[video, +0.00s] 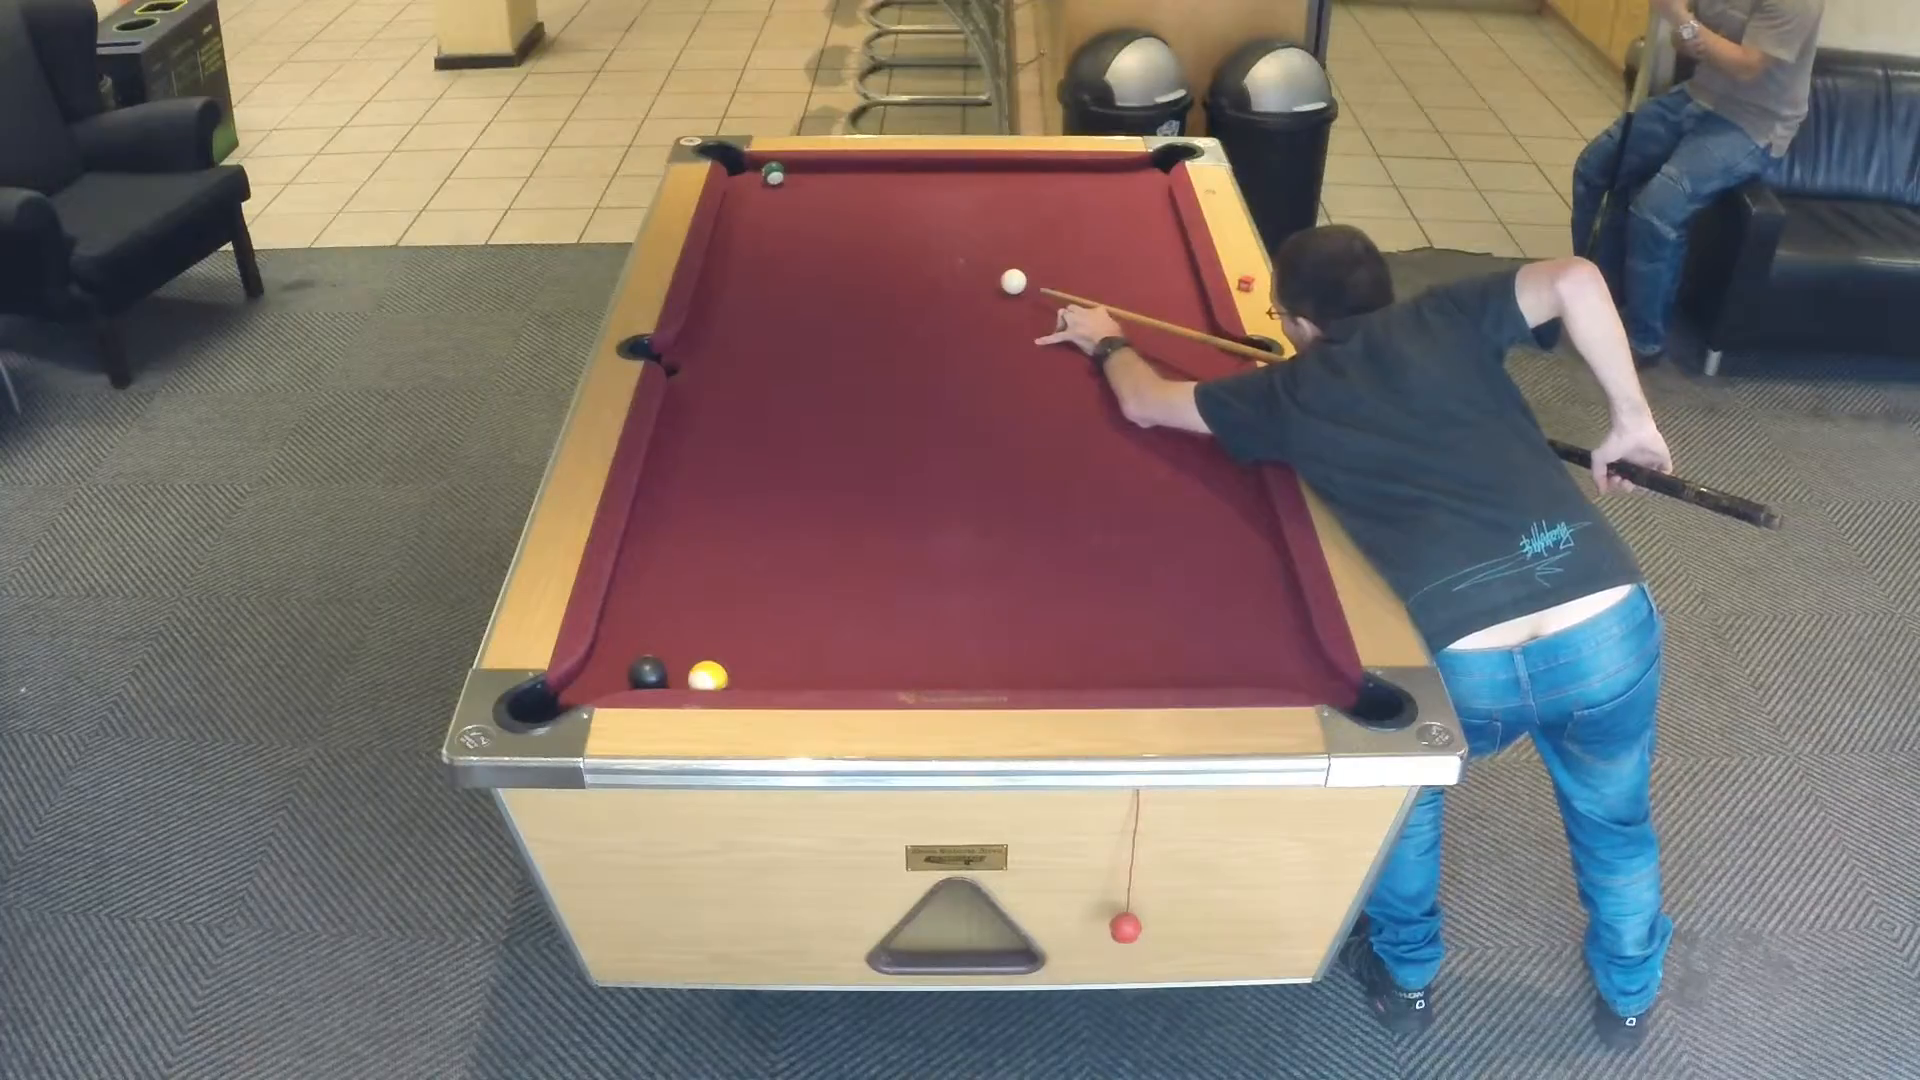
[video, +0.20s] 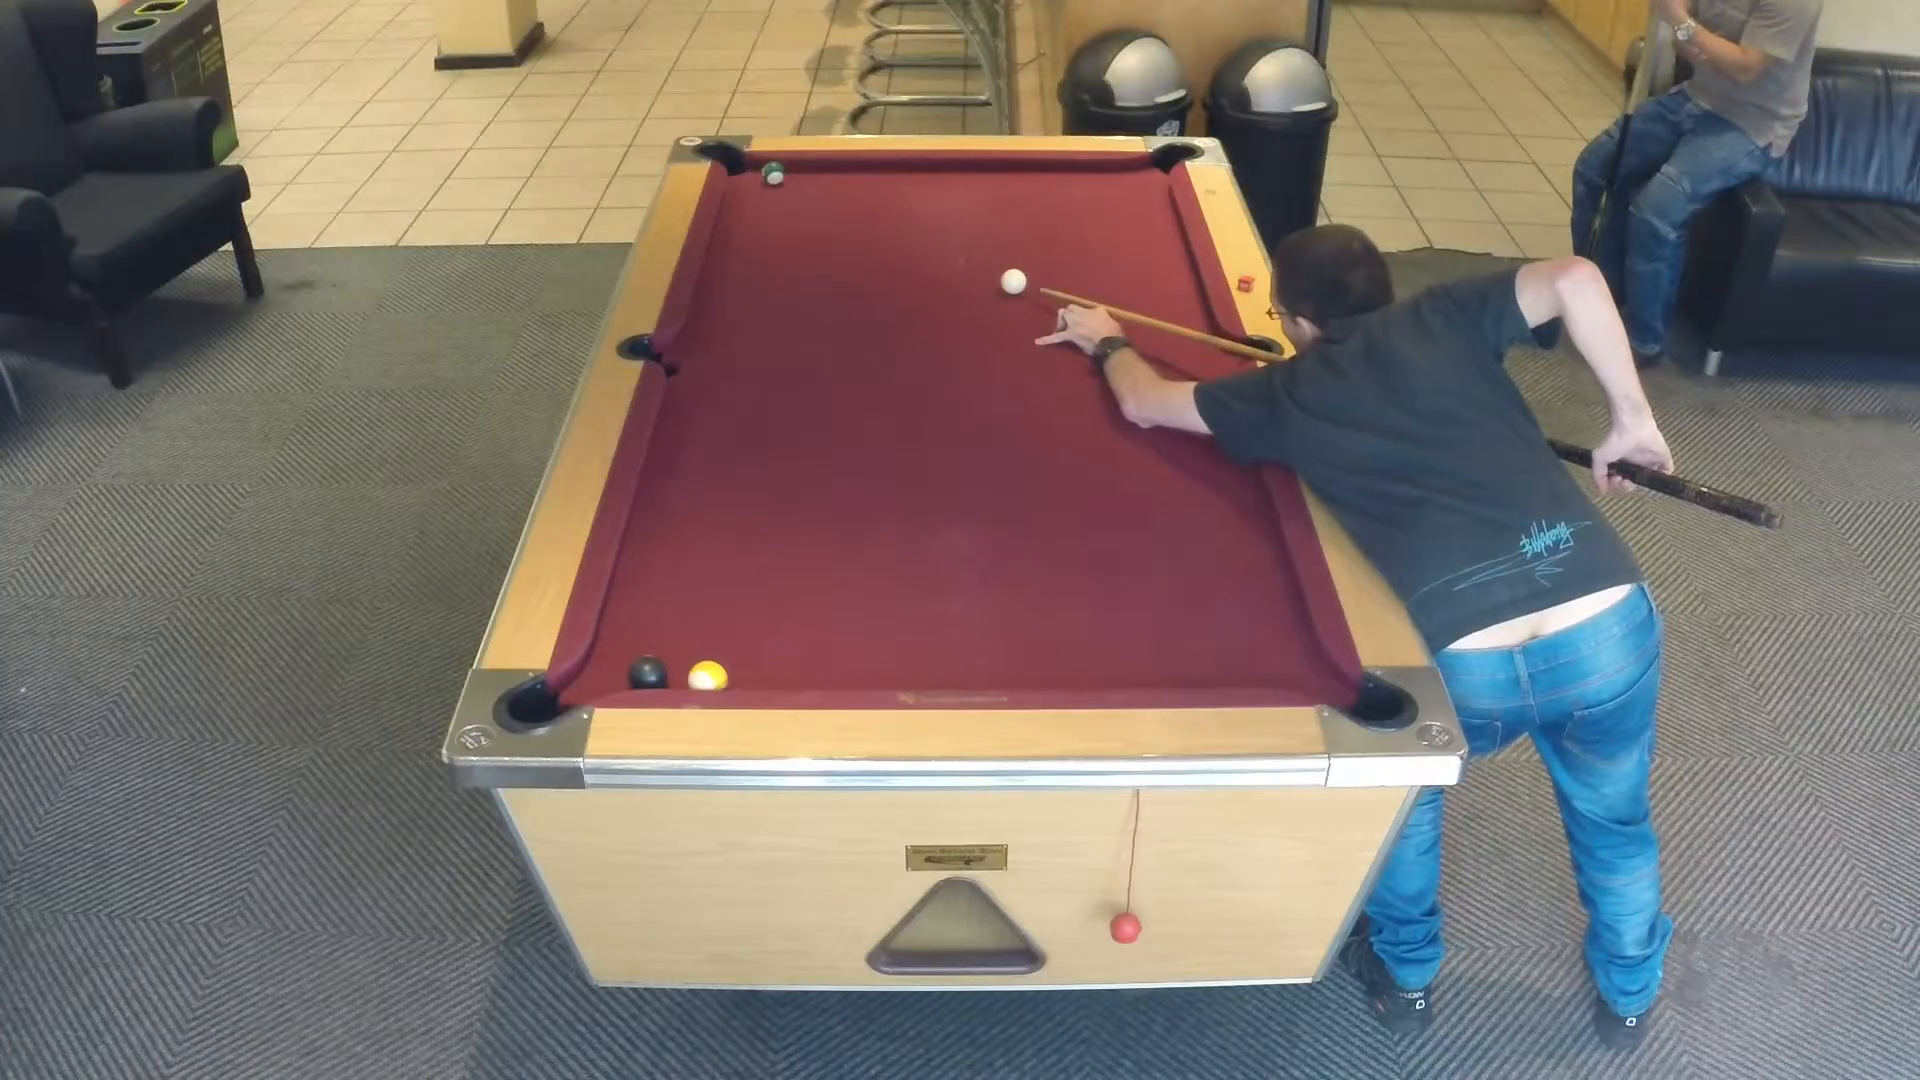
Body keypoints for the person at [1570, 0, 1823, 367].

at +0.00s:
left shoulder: (1795, 6)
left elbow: (1747, 66)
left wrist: (1681, 18)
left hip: (1750, 126)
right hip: (1695, 97)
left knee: (1654, 210)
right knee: (1593, 168)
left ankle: (1643, 341)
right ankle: (1590, 301)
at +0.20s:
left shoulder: (1794, 6)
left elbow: (1745, 67)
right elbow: (1698, 56)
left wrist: (1680, 20)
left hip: (1750, 126)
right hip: (1694, 98)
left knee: (1653, 210)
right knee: (1593, 168)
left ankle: (1643, 341)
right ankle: (1590, 302)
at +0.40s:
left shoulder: (1793, 6)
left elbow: (1745, 67)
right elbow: (1694, 51)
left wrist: (1680, 20)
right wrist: (1684, 32)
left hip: (1750, 126)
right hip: (1694, 98)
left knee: (1653, 210)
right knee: (1593, 168)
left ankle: (1643, 341)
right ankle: (1591, 302)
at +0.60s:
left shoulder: (1793, 6)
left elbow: (1745, 67)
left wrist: (1680, 20)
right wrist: (1689, 39)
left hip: (1750, 126)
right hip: (1694, 98)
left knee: (1653, 210)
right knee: (1593, 168)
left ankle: (1644, 341)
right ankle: (1591, 302)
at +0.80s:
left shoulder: (1793, 6)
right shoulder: (1710, 3)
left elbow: (1747, 68)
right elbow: (1683, 59)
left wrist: (1681, 19)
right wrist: (1677, 16)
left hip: (1750, 126)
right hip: (1694, 100)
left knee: (1654, 210)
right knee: (1594, 167)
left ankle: (1644, 341)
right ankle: (1591, 301)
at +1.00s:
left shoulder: (1794, 6)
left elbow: (1749, 68)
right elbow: (1692, 24)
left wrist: (1684, 21)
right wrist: (1678, 68)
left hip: (1749, 127)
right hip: (1691, 101)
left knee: (1655, 209)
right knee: (1594, 168)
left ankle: (1645, 342)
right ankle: (1592, 303)